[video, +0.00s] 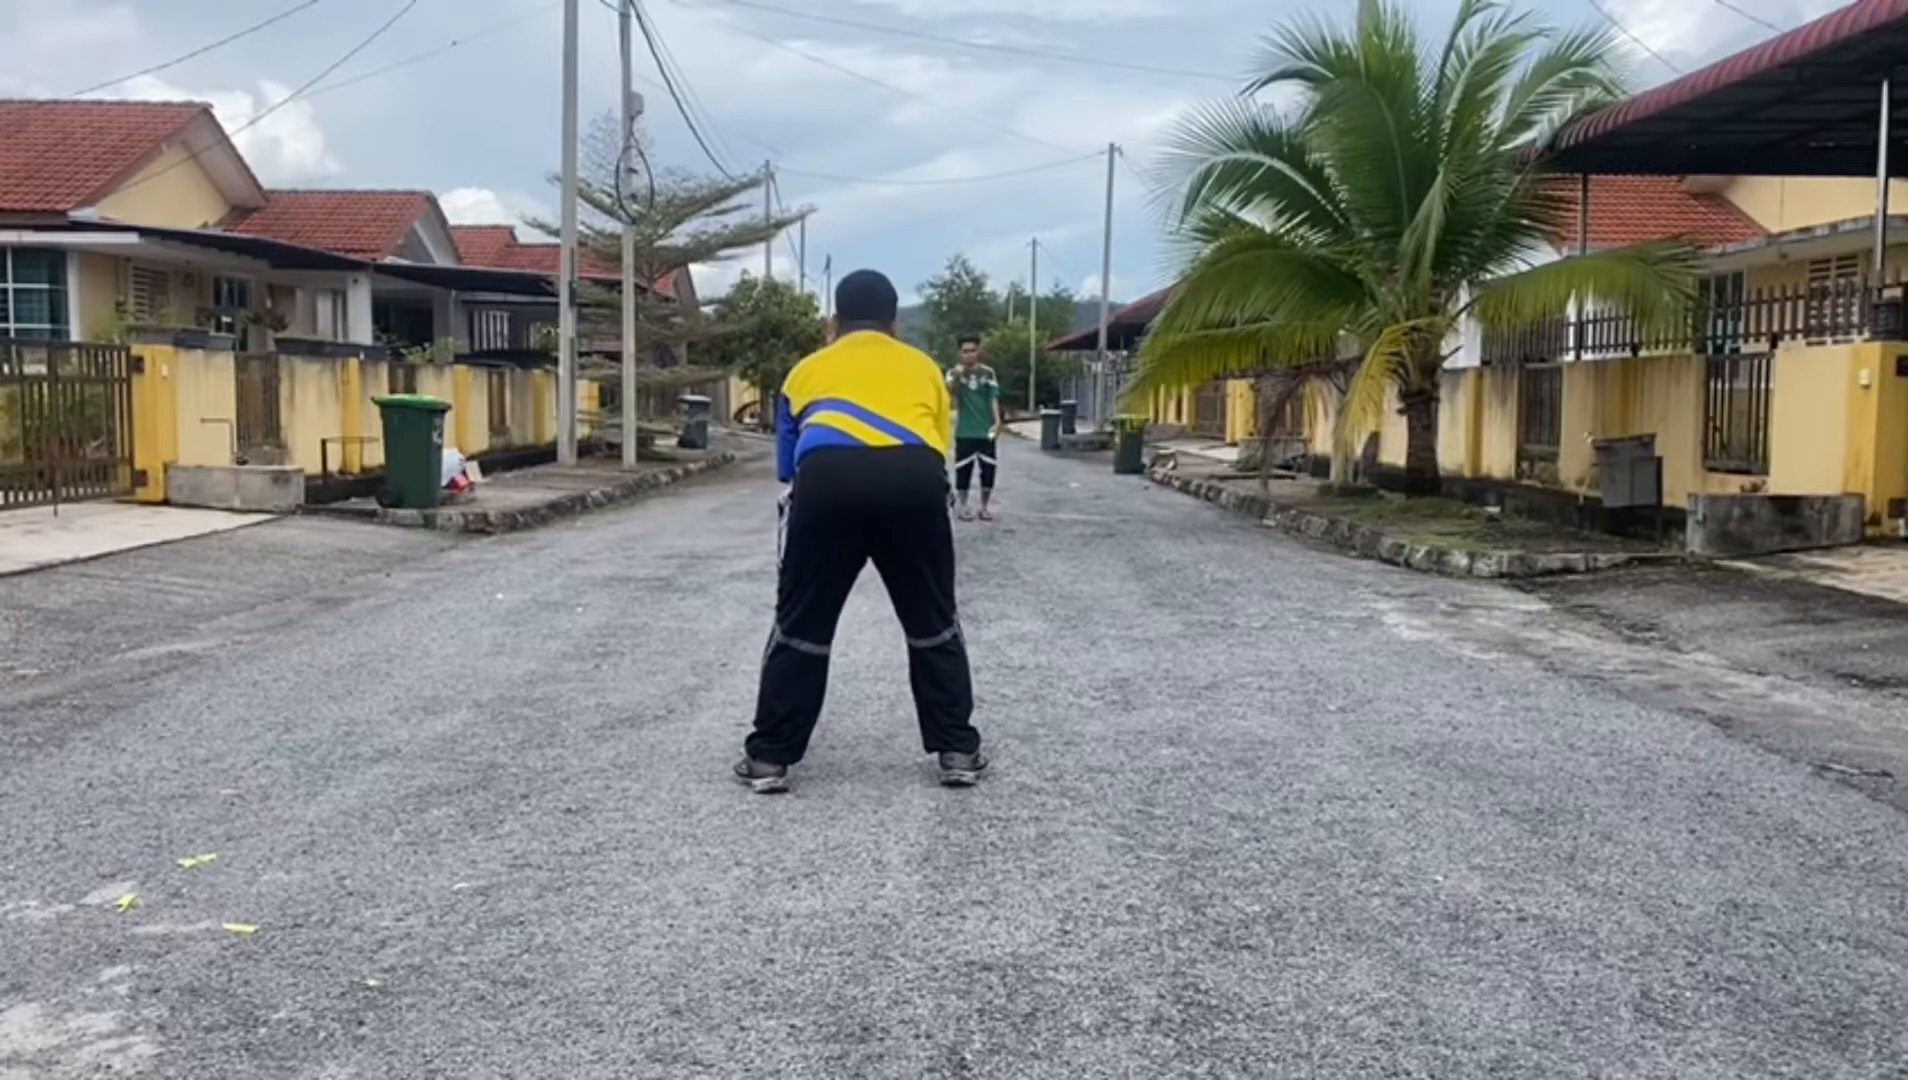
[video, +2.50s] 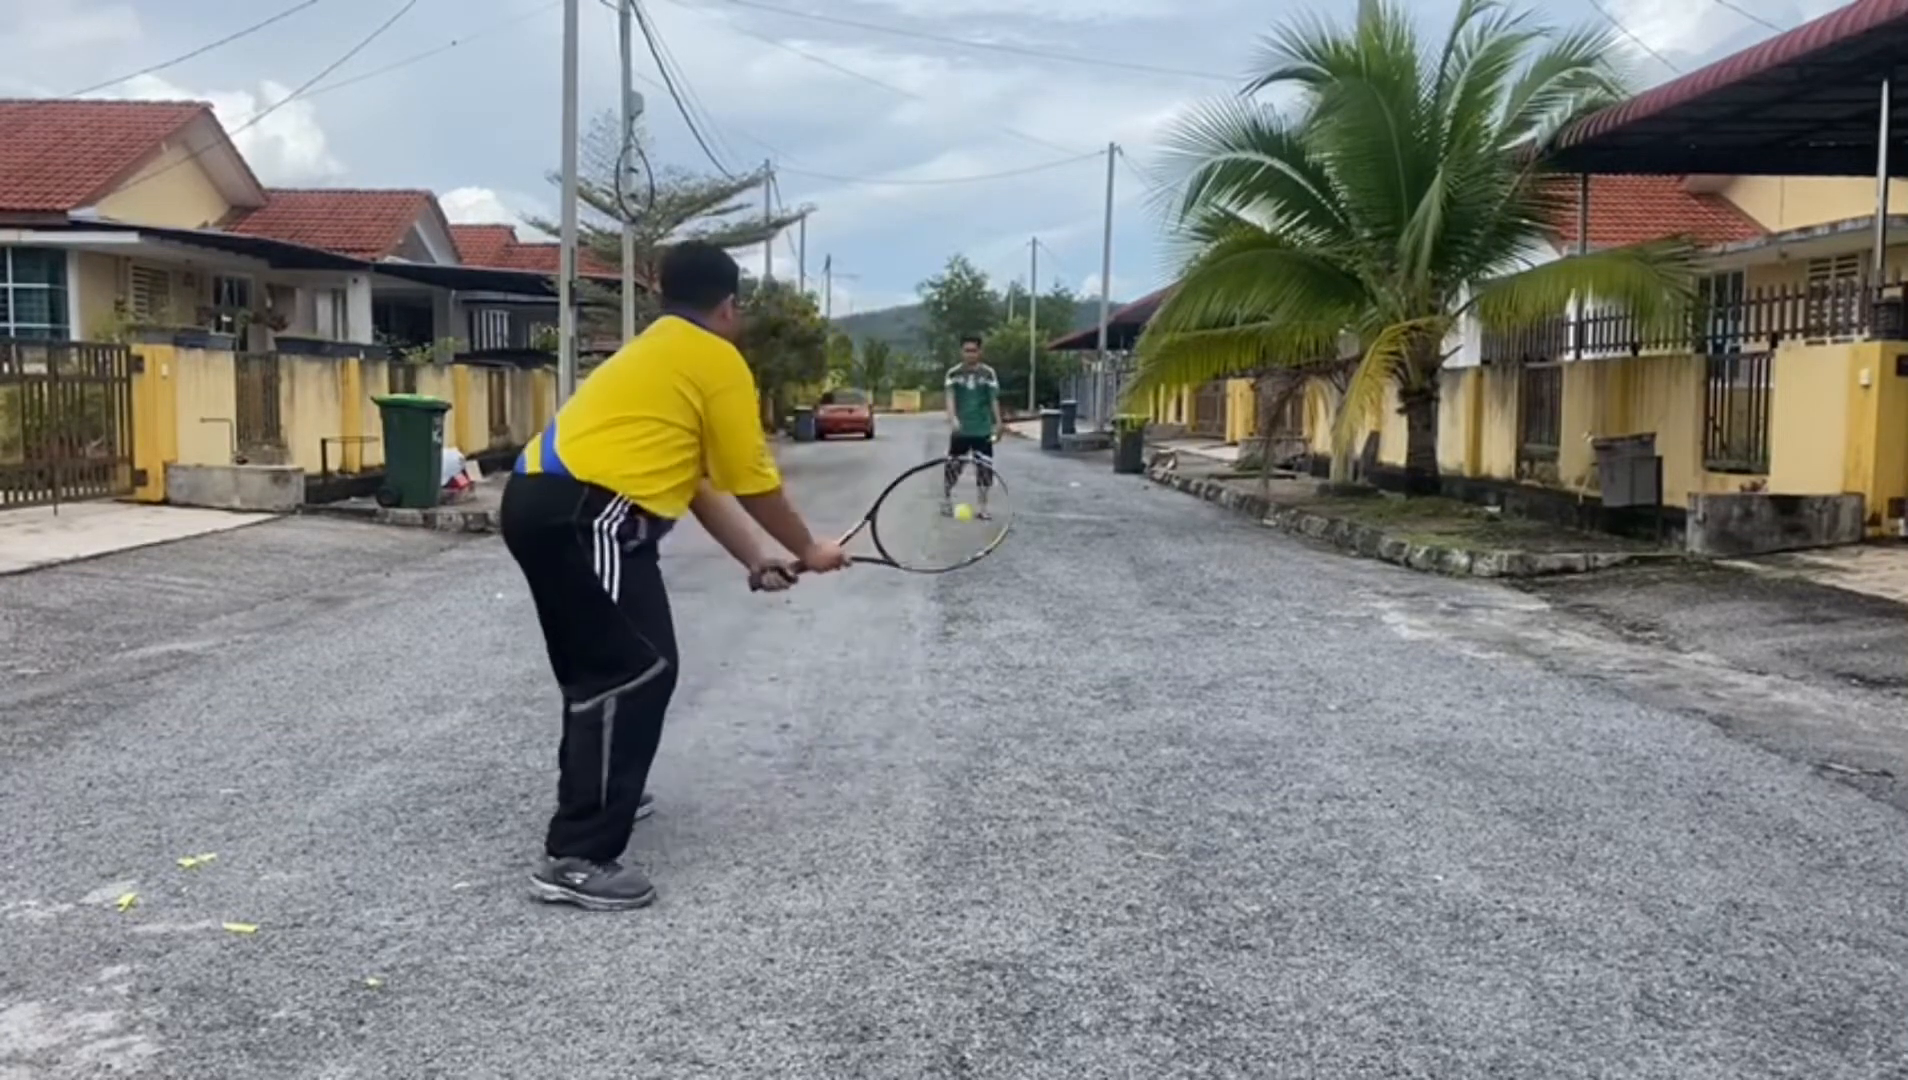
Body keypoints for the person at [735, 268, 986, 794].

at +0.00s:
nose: (829, 328)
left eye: (831, 321)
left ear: (836, 320)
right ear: (893, 320)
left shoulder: (809, 367)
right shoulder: (925, 366)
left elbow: (787, 458)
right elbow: (941, 443)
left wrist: (792, 494)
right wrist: (933, 491)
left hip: (828, 479)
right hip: (914, 479)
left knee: (802, 622)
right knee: (931, 620)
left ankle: (769, 757)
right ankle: (957, 750)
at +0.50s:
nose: (830, 317)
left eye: (832, 310)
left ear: (835, 311)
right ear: (893, 310)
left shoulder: (806, 363)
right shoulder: (924, 359)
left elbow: (787, 459)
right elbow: (939, 441)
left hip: (829, 484)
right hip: (915, 483)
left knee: (802, 623)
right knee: (933, 620)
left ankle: (769, 756)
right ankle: (957, 750)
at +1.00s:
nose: (895, 315)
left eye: (830, 309)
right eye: (892, 307)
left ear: (830, 310)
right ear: (889, 309)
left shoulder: (800, 363)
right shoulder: (921, 359)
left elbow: (784, 460)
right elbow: (935, 437)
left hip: (830, 487)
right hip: (915, 485)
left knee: (802, 625)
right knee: (932, 621)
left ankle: (769, 758)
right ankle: (957, 751)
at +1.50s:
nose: (883, 308)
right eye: (882, 300)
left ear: (819, 302)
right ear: (877, 303)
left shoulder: (783, 360)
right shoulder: (906, 355)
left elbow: (775, 447)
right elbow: (918, 437)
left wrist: (800, 491)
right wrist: (891, 484)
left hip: (802, 499)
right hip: (890, 500)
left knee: (774, 620)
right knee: (920, 624)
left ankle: (749, 742)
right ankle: (954, 743)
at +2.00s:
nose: (789, 289)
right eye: (787, 280)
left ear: (718, 279)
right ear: (779, 283)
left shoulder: (679, 336)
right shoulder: (803, 348)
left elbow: (661, 407)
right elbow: (804, 449)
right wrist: (762, 482)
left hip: (647, 494)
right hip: (729, 499)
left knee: (691, 630)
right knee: (728, 651)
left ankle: (712, 749)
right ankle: (665, 802)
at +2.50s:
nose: (740, 315)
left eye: (736, 304)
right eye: (738, 304)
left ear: (671, 302)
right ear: (726, 306)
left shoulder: (648, 351)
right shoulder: (716, 360)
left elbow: (692, 482)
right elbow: (753, 481)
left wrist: (758, 557)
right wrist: (809, 547)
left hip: (538, 498)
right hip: (594, 512)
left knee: (593, 665)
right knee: (644, 668)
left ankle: (596, 796)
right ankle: (578, 855)